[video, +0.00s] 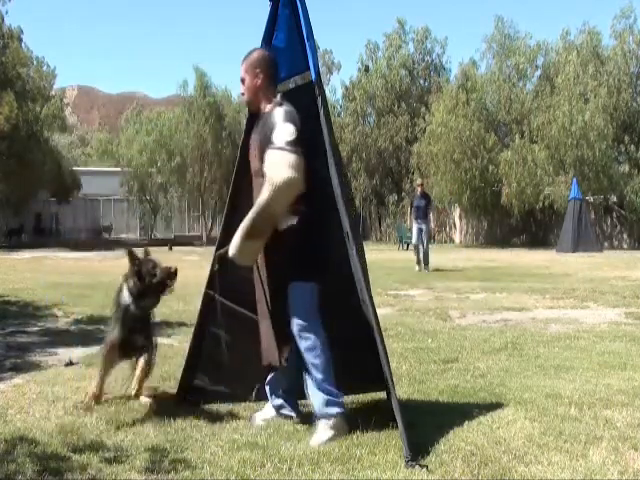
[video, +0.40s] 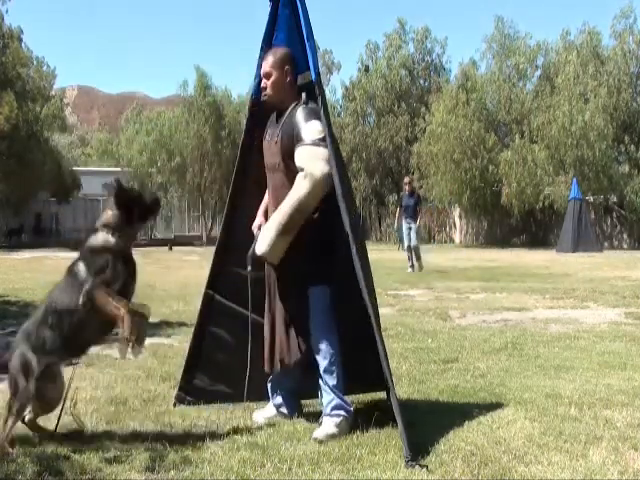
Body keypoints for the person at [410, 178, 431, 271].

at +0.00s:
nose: (420, 188)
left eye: (421, 185)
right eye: (418, 186)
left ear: (423, 186)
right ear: (416, 187)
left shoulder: (427, 197)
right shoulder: (413, 197)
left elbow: (430, 211)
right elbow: (410, 210)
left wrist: (432, 223)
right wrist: (410, 221)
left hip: (425, 221)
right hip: (416, 221)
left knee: (425, 244)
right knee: (415, 243)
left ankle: (426, 264)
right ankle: (417, 263)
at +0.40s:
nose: (407, 187)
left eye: (409, 185)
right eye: (405, 185)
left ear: (412, 185)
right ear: (404, 186)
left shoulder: (417, 196)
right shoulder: (402, 196)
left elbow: (420, 210)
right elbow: (399, 209)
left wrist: (418, 221)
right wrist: (396, 221)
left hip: (414, 221)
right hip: (405, 220)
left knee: (414, 244)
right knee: (407, 245)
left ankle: (419, 261)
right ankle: (410, 265)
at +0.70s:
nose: (401, 186)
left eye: (402, 184)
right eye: (399, 184)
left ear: (405, 185)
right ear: (397, 186)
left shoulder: (410, 196)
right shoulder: (394, 197)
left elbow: (416, 207)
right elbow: (391, 207)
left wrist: (420, 218)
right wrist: (391, 215)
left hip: (407, 220)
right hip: (397, 220)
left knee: (404, 244)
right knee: (403, 244)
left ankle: (404, 265)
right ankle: (409, 263)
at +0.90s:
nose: (395, 184)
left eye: (397, 182)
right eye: (394, 182)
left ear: (401, 182)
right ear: (392, 183)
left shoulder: (405, 194)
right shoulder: (390, 195)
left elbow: (410, 208)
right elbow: (388, 207)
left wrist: (412, 220)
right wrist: (387, 219)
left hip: (403, 220)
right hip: (394, 220)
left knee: (402, 244)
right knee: (392, 243)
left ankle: (403, 267)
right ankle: (399, 263)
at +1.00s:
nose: (393, 184)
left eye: (395, 181)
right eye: (391, 182)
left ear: (398, 182)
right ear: (389, 183)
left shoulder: (402, 194)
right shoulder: (388, 194)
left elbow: (405, 207)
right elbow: (386, 208)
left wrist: (404, 219)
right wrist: (385, 220)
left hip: (400, 221)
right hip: (391, 221)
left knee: (401, 245)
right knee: (389, 243)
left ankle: (403, 267)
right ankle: (390, 266)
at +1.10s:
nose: (389, 185)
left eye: (391, 183)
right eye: (387, 183)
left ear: (395, 184)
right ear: (385, 185)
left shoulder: (398, 194)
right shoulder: (386, 195)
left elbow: (401, 209)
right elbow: (384, 208)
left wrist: (394, 217)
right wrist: (382, 220)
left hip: (398, 222)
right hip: (388, 222)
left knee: (400, 246)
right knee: (386, 245)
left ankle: (402, 267)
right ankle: (383, 267)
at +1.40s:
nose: (377, 184)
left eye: (379, 181)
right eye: (375, 182)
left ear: (383, 181)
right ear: (373, 183)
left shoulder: (390, 194)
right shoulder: (374, 194)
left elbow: (392, 208)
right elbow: (371, 208)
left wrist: (390, 221)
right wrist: (368, 222)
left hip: (386, 220)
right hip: (377, 220)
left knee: (384, 245)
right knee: (378, 246)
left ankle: (390, 264)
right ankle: (380, 268)